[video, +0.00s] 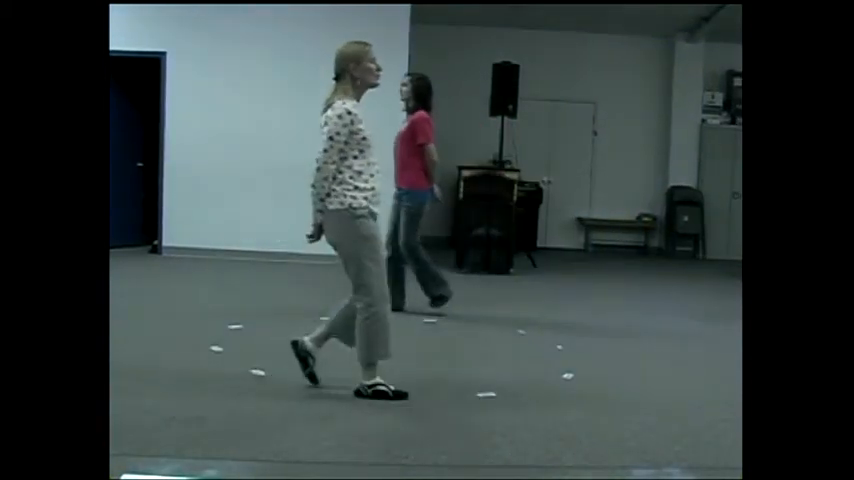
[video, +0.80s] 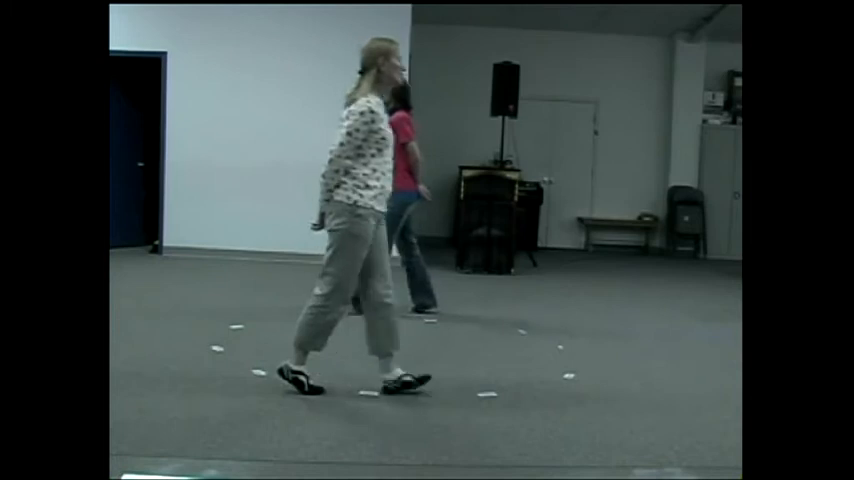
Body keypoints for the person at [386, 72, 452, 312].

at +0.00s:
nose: (401, 91)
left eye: (406, 86)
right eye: (401, 86)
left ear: (418, 92)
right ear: (409, 92)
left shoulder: (420, 119)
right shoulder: (411, 120)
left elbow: (430, 153)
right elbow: (421, 153)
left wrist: (432, 181)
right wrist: (429, 180)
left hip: (416, 189)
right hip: (404, 189)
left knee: (407, 243)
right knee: (393, 245)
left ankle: (438, 291)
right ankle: (395, 300)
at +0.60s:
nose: (392, 96)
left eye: (396, 91)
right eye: (392, 92)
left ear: (408, 95)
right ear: (405, 96)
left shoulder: (412, 122)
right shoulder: (408, 122)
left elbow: (425, 153)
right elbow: (421, 155)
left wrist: (431, 186)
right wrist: (428, 186)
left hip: (413, 193)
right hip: (413, 193)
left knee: (392, 242)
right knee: (413, 244)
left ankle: (418, 298)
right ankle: (426, 300)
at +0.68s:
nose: (387, 94)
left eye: (392, 90)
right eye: (388, 90)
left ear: (403, 93)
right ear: (402, 94)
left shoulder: (408, 120)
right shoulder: (404, 120)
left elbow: (422, 151)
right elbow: (416, 154)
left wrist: (427, 183)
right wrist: (424, 183)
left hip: (409, 190)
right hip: (408, 189)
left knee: (386, 239)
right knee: (412, 244)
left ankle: (398, 298)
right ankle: (425, 301)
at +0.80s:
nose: (385, 97)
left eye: (388, 93)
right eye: (387, 93)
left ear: (394, 96)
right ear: (404, 97)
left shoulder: (400, 119)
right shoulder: (395, 119)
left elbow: (413, 153)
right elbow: (405, 154)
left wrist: (417, 181)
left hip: (400, 191)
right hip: (401, 190)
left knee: (379, 246)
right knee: (409, 248)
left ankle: (361, 297)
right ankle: (424, 301)